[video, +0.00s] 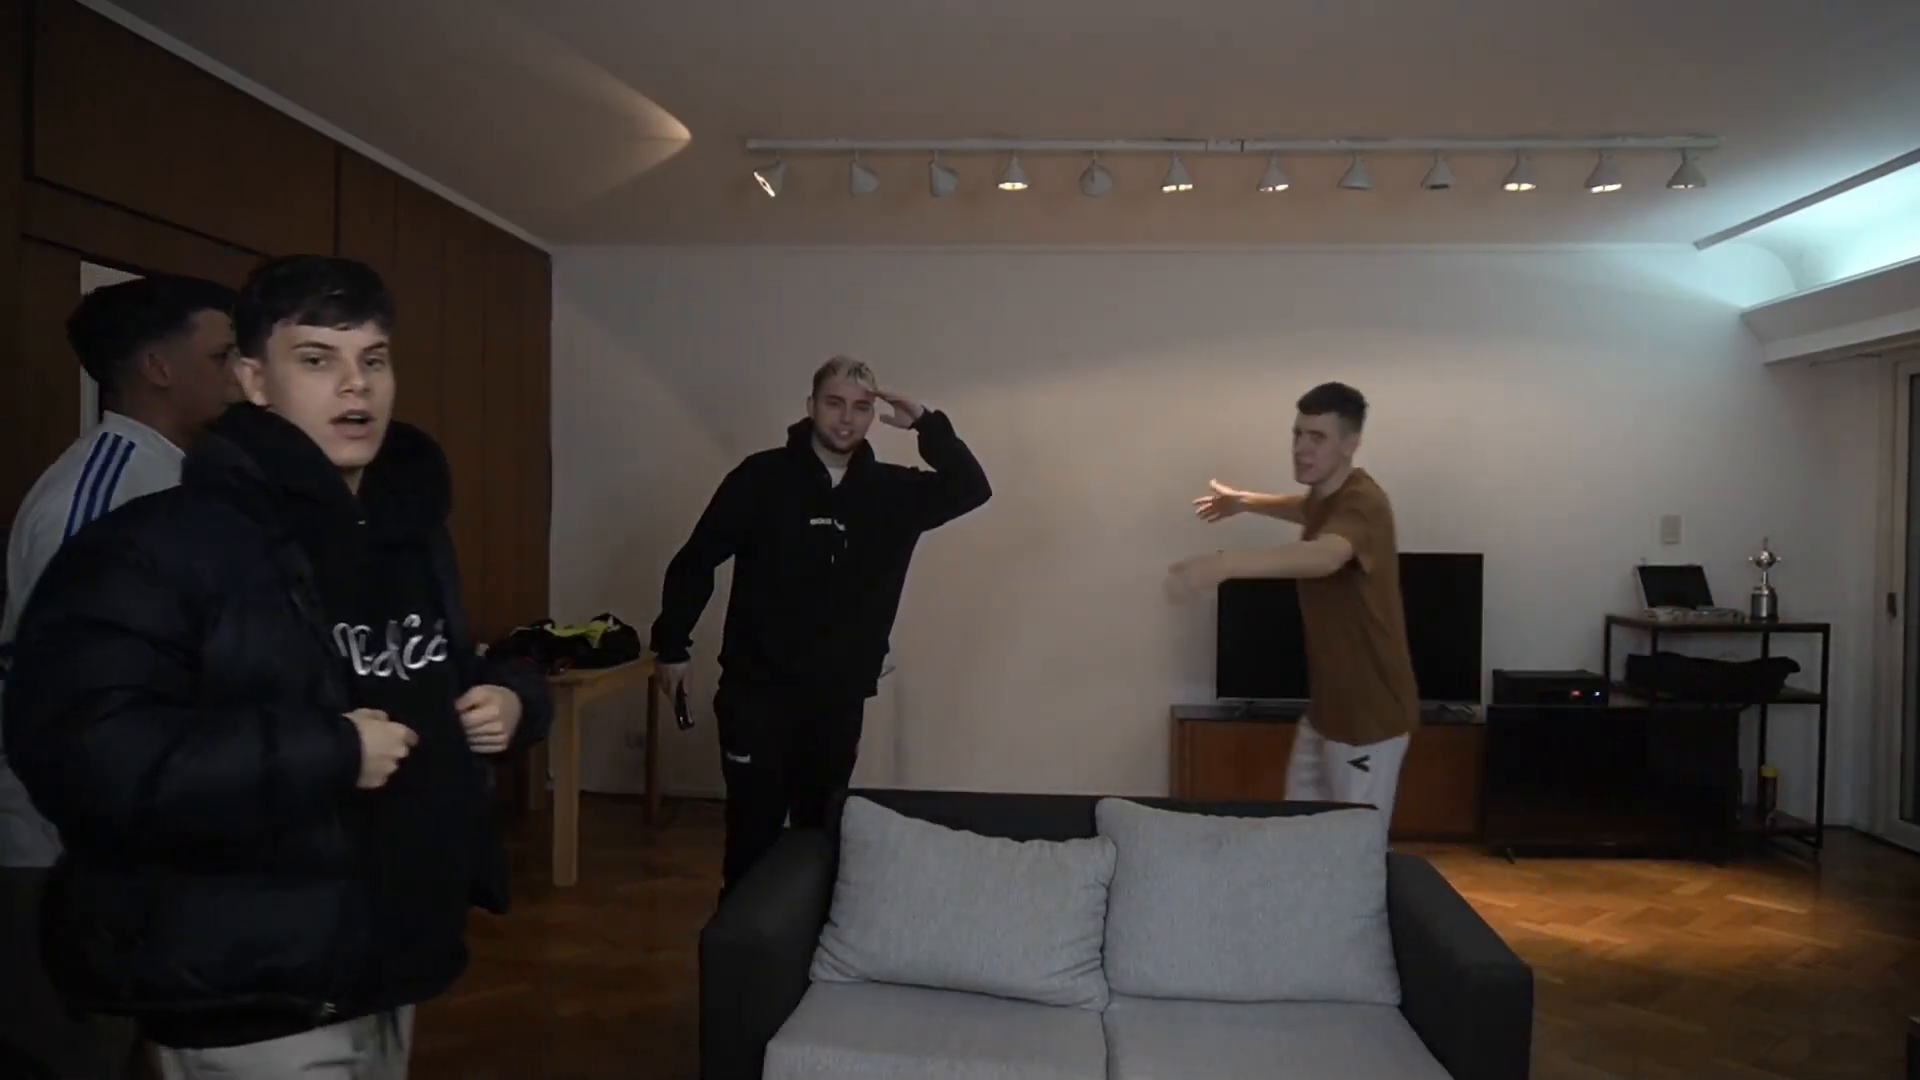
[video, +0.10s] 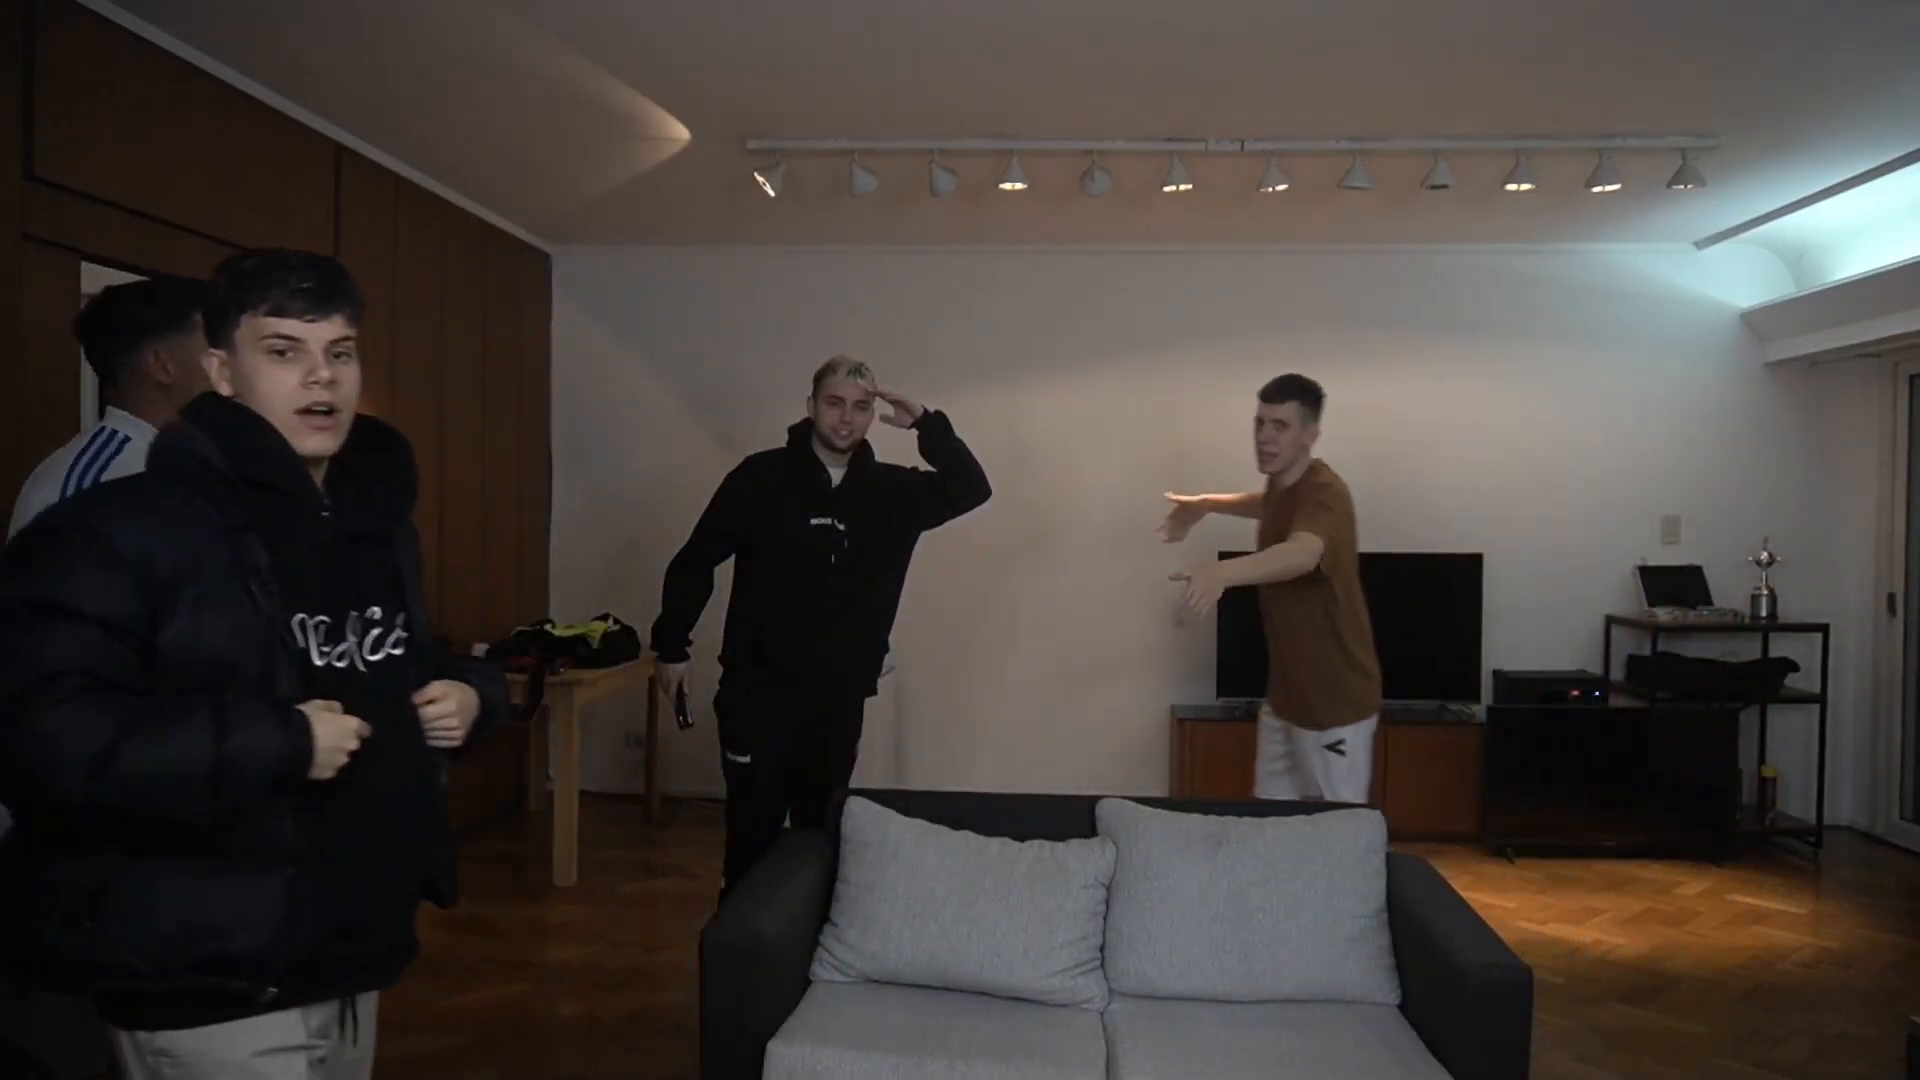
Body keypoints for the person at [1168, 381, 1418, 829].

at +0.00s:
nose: (1301, 447)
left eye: (1317, 437)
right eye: (1298, 434)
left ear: (1351, 444)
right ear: (1293, 434)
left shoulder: (1363, 501)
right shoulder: (1327, 497)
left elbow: (1325, 556)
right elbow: (1300, 508)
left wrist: (1222, 566)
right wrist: (1242, 501)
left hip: (1371, 718)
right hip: (1326, 707)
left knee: (1357, 852)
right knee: (1299, 838)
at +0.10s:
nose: (1264, 436)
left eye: (1279, 425)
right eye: (1260, 423)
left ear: (1311, 435)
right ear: (1253, 425)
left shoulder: (1324, 491)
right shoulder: (1279, 490)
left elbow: (1303, 553)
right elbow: (1262, 506)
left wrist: (1223, 573)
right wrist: (1204, 503)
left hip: (1337, 703)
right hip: (1286, 695)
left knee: (1342, 836)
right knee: (1275, 831)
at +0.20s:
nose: (1230, 445)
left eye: (1246, 434)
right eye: (1225, 433)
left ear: (1275, 441)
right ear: (1218, 434)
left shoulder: (1291, 498)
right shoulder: (1236, 498)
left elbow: (1300, 564)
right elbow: (1215, 511)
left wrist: (1237, 584)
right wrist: (1146, 503)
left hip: (1293, 705)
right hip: (1243, 697)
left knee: (1284, 835)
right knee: (1226, 825)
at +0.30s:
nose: (1202, 451)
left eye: (1218, 441)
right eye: (1196, 439)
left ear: (1243, 450)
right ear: (1188, 443)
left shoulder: (1262, 508)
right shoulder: (1193, 505)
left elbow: (1299, 570)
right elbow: (1151, 525)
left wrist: (1267, 590)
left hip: (1252, 712)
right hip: (1209, 703)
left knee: (1217, 832)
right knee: (1195, 827)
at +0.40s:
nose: (1172, 441)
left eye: (1187, 431)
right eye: (1165, 429)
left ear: (1212, 439)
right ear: (1156, 433)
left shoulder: (1238, 500)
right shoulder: (1154, 497)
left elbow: (1291, 550)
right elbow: (1098, 520)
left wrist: (1299, 574)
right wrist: (1014, 517)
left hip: (1221, 694)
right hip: (1174, 686)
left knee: (1162, 818)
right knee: (1181, 821)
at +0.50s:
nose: (1143, 433)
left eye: (1158, 422)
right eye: (1135, 421)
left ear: (1181, 432)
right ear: (1125, 427)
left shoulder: (1211, 495)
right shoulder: (1116, 491)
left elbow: (1264, 531)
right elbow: (1049, 509)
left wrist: (1292, 542)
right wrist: (967, 504)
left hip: (1184, 686)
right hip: (1133, 679)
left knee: (1139, 809)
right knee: (1141, 809)